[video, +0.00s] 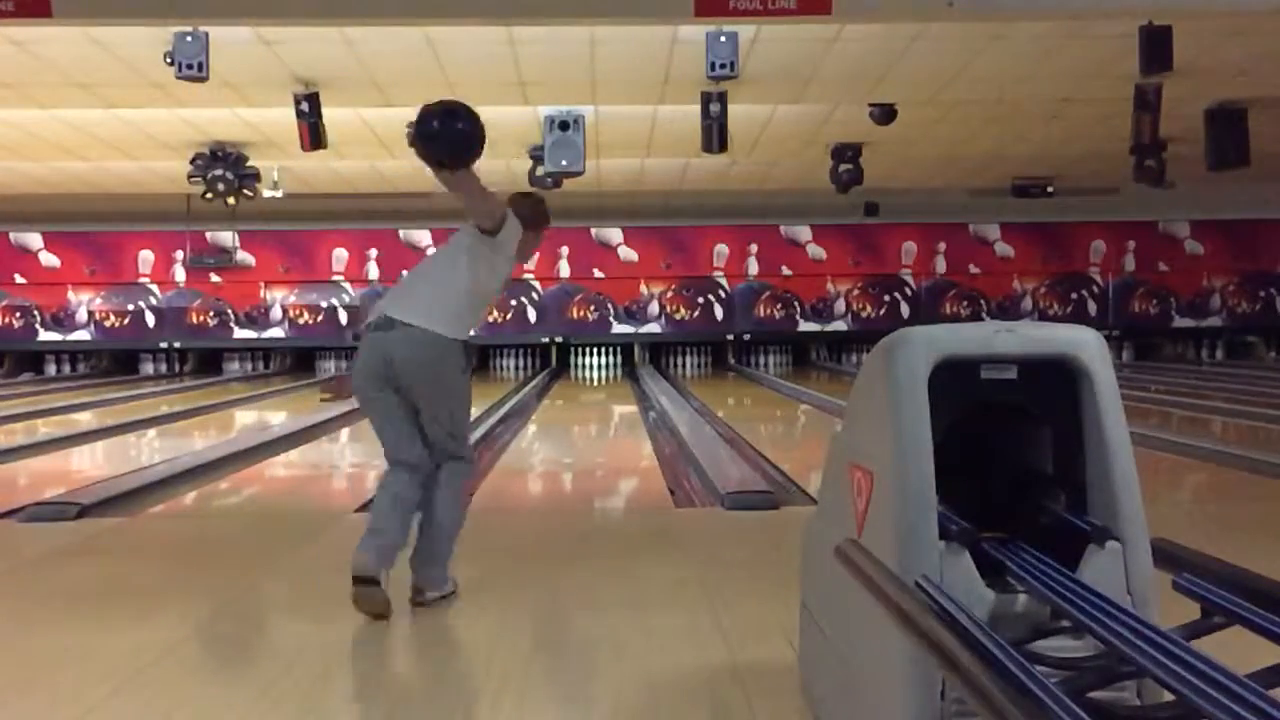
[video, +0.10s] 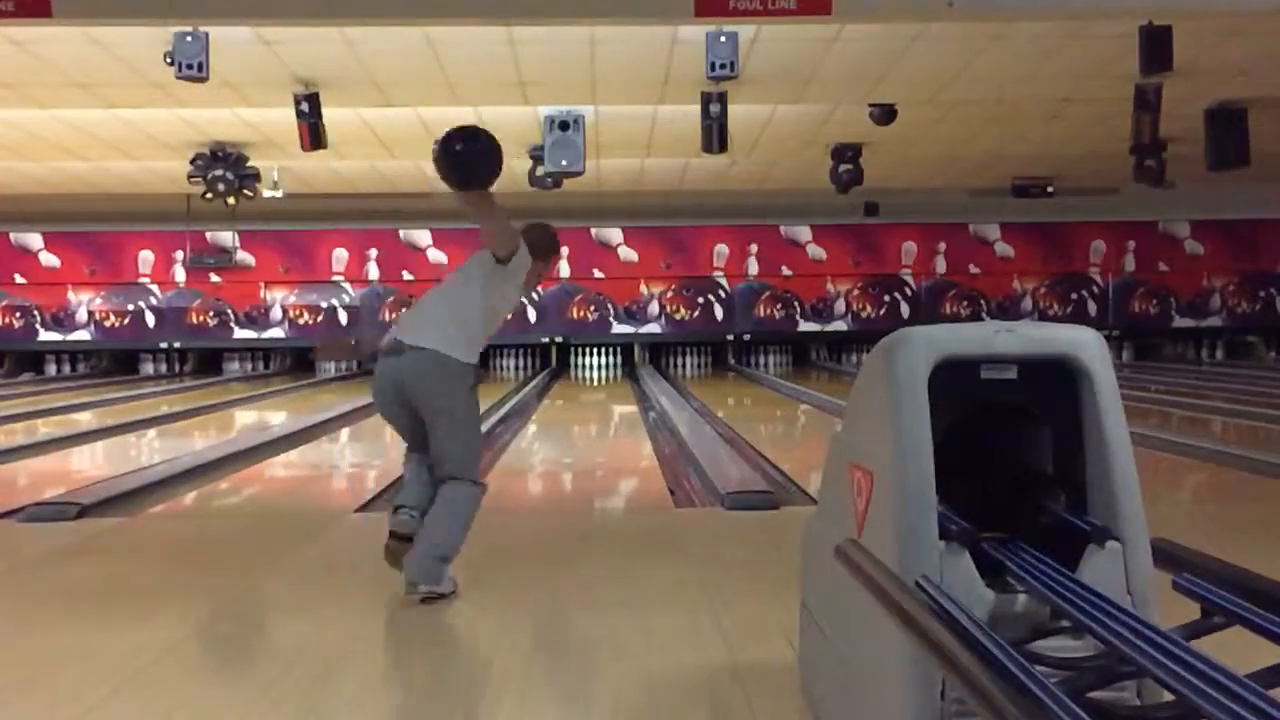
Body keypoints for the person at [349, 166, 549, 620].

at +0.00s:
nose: (534, 252)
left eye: (537, 244)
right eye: (536, 242)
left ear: (509, 217)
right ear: (530, 231)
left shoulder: (464, 249)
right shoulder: (506, 232)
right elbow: (477, 197)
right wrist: (445, 157)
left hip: (372, 348)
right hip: (429, 347)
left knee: (408, 464)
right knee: (453, 459)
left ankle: (370, 564)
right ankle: (430, 580)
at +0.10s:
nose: (544, 278)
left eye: (548, 271)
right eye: (548, 268)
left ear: (524, 247)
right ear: (543, 259)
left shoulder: (479, 271)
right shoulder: (513, 261)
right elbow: (494, 222)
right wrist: (467, 183)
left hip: (389, 366)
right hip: (440, 369)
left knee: (421, 451)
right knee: (460, 479)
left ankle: (405, 520)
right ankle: (426, 574)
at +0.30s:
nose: (560, 296)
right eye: (563, 290)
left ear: (529, 273)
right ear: (560, 286)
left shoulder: (491, 298)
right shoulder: (542, 299)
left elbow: (431, 302)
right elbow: (522, 305)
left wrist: (377, 308)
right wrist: (523, 338)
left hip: (427, 381)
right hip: (469, 388)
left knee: (471, 454)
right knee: (456, 472)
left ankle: (493, 516)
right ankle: (427, 533)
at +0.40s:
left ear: (518, 285)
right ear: (551, 289)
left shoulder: (494, 301)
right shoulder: (559, 317)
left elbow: (431, 319)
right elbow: (550, 355)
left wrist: (379, 339)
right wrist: (544, 409)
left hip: (443, 380)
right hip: (486, 393)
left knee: (487, 436)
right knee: (445, 469)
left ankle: (510, 506)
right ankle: (394, 508)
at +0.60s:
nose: (532, 281)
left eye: (530, 277)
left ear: (529, 280)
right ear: (557, 283)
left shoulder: (510, 292)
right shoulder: (570, 310)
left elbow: (461, 305)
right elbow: (573, 357)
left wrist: (440, 315)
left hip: (463, 351)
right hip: (494, 369)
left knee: (504, 429)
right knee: (436, 444)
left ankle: (513, 507)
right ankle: (345, 433)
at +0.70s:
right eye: (577, 263)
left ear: (544, 260)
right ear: (574, 263)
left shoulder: (523, 271)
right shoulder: (576, 281)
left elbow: (494, 265)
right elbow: (593, 268)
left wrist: (466, 257)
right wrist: (586, 232)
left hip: (470, 345)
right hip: (481, 345)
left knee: (513, 419)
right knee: (425, 417)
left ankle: (515, 505)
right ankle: (353, 374)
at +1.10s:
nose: (587, 229)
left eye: (582, 222)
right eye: (587, 224)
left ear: (555, 214)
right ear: (584, 222)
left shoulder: (526, 232)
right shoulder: (577, 246)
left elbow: (477, 230)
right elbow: (620, 263)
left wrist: (426, 235)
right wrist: (650, 264)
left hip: (486, 330)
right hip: (489, 329)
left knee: (511, 415)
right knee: (442, 405)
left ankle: (505, 500)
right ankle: (374, 364)